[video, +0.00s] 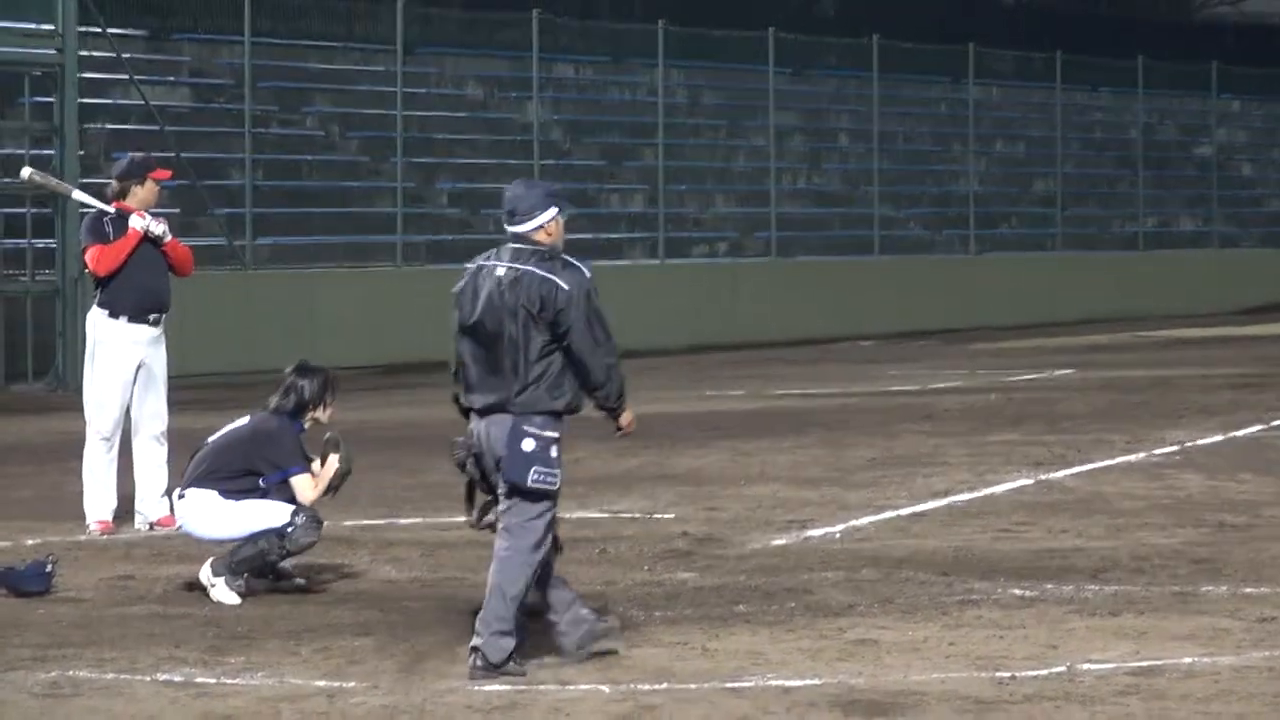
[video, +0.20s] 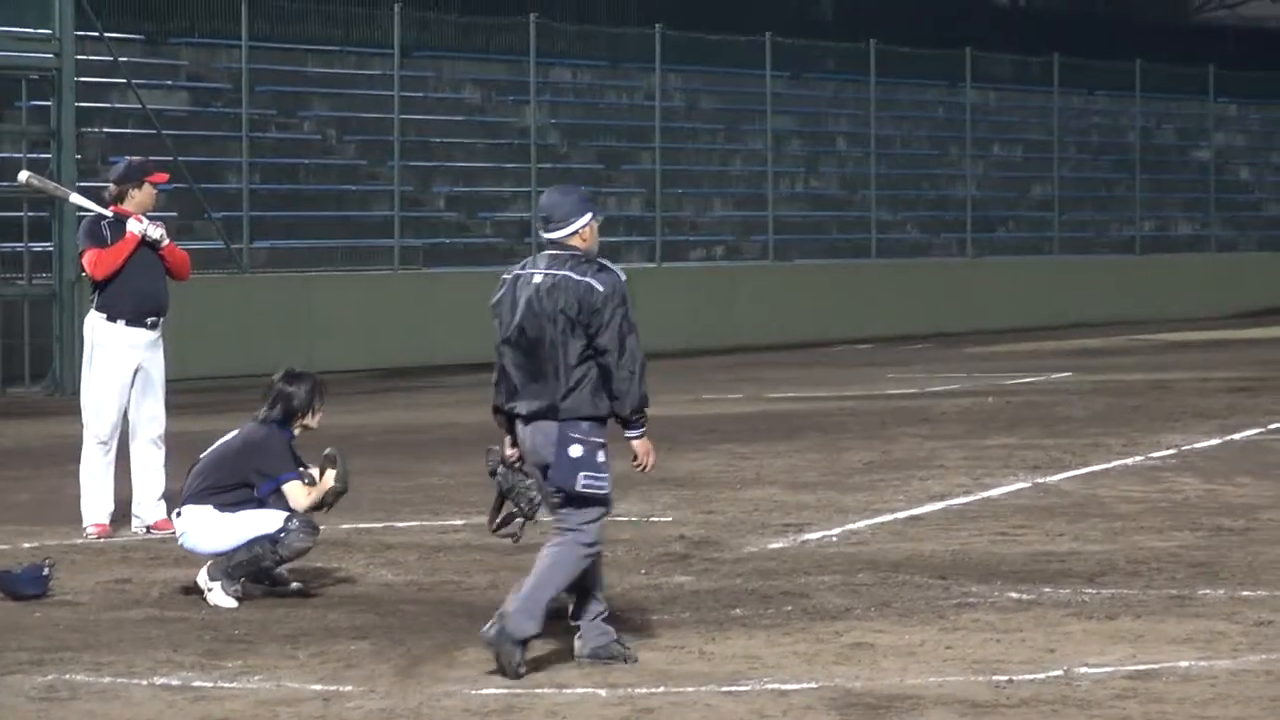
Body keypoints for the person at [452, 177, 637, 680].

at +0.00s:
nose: (564, 226)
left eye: (560, 218)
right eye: (558, 219)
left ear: (517, 227)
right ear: (542, 227)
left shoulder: (476, 273)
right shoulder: (563, 278)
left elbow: (464, 354)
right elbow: (591, 352)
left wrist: (472, 409)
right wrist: (617, 405)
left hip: (485, 422)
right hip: (532, 424)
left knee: (529, 530)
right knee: (520, 537)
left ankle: (575, 628)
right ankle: (491, 650)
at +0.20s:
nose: (597, 232)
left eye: (593, 224)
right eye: (592, 225)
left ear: (548, 231)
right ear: (579, 230)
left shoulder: (515, 280)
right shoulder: (598, 279)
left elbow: (505, 363)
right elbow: (620, 358)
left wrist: (509, 430)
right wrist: (635, 428)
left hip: (530, 426)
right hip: (576, 426)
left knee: (578, 526)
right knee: (580, 528)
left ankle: (595, 635)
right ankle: (511, 626)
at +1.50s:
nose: (832, 218)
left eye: (828, 211)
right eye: (830, 213)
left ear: (785, 214)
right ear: (822, 217)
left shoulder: (749, 263)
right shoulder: (845, 262)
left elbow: (739, 340)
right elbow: (866, 339)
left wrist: (743, 399)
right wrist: (876, 404)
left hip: (766, 403)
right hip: (821, 403)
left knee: (795, 512)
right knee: (839, 499)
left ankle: (813, 609)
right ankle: (782, 587)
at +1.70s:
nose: (857, 214)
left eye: (850, 208)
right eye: (856, 209)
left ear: (810, 211)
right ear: (852, 213)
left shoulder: (776, 258)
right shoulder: (873, 260)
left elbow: (764, 336)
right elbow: (892, 337)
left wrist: (767, 395)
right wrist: (901, 400)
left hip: (794, 400)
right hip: (854, 401)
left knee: (806, 508)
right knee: (880, 494)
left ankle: (808, 611)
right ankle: (870, 602)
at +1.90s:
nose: (881, 222)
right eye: (885, 216)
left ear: (842, 216)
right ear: (888, 220)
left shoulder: (807, 261)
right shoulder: (909, 266)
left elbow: (791, 337)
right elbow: (925, 342)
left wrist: (792, 394)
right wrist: (928, 403)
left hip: (824, 403)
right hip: (888, 405)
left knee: (820, 510)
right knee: (909, 504)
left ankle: (811, 610)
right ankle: (939, 604)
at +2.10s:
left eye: (883, 214)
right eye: (916, 216)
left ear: (880, 216)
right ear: (927, 219)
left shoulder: (845, 259)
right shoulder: (951, 266)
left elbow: (827, 333)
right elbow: (965, 339)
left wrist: (825, 389)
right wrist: (967, 400)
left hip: (861, 402)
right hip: (926, 405)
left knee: (849, 502)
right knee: (939, 509)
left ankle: (823, 593)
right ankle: (951, 604)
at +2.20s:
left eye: (898, 212)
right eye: (932, 216)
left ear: (895, 214)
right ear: (940, 218)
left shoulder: (856, 257)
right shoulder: (965, 264)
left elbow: (840, 329)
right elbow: (983, 337)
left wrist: (838, 387)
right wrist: (988, 399)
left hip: (871, 400)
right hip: (934, 402)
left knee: (862, 495)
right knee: (944, 504)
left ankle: (835, 577)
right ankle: (949, 605)